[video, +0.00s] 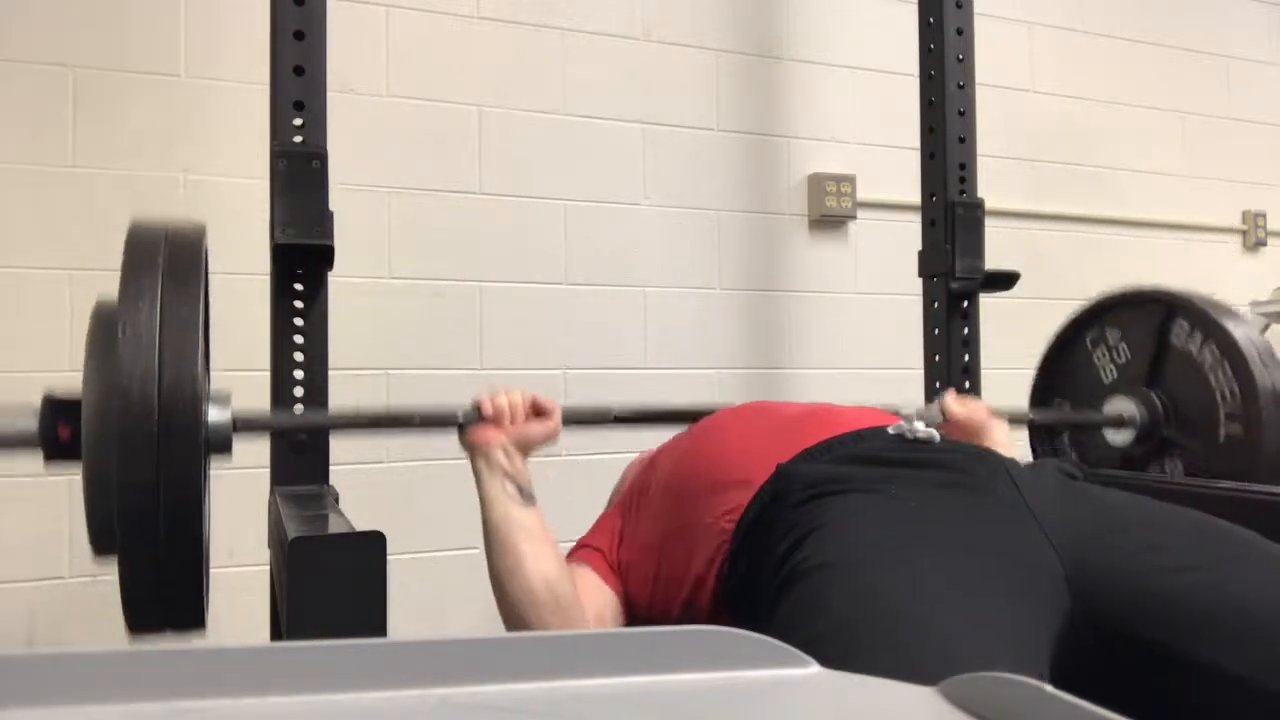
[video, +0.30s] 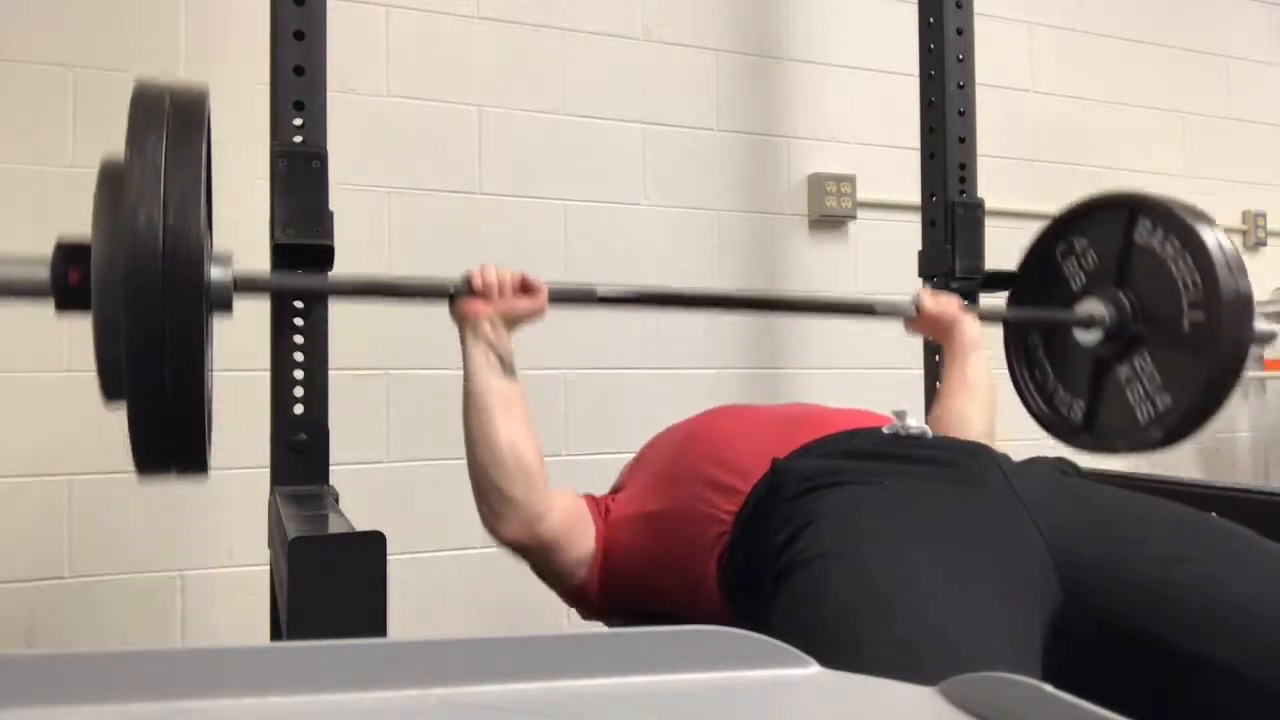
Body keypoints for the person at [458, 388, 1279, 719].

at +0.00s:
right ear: (645, 488)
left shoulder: (870, 422)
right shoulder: (626, 529)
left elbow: (1032, 523)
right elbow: (559, 625)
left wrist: (996, 446)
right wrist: (501, 477)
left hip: (1043, 487)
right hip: (862, 499)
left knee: (1276, 610)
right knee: (939, 690)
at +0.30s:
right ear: (643, 492)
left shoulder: (863, 439)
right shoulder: (617, 544)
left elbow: (965, 464)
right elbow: (516, 505)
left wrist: (966, 339)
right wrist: (485, 342)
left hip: (1043, 482)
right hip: (857, 505)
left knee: (1273, 620)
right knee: (934, 673)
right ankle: (977, 703)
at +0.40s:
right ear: (615, 507)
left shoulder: (844, 434)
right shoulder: (611, 538)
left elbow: (946, 439)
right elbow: (514, 471)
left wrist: (955, 313)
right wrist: (480, 310)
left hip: (1028, 486)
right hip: (852, 504)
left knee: (1273, 613)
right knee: (931, 705)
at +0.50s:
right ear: (618, 499)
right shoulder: (606, 534)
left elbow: (921, 423)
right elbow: (518, 440)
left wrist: (952, 294)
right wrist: (480, 282)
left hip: (1013, 482)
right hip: (838, 503)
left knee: (1274, 612)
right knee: (936, 692)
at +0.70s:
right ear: (628, 499)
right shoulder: (612, 536)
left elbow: (949, 443)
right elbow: (519, 476)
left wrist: (952, 319)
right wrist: (480, 308)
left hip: (1023, 481)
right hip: (842, 502)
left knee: (1272, 610)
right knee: (935, 699)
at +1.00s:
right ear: (650, 479)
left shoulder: (874, 420)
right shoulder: (630, 521)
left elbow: (1027, 520)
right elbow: (547, 616)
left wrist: (979, 433)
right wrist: (493, 455)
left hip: (1017, 482)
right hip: (852, 499)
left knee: (1275, 608)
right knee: (935, 684)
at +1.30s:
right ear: (651, 482)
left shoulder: (871, 422)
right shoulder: (626, 529)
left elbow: (1030, 517)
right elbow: (553, 613)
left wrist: (988, 439)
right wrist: (498, 461)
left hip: (1033, 484)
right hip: (860, 499)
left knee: (1274, 603)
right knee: (936, 680)